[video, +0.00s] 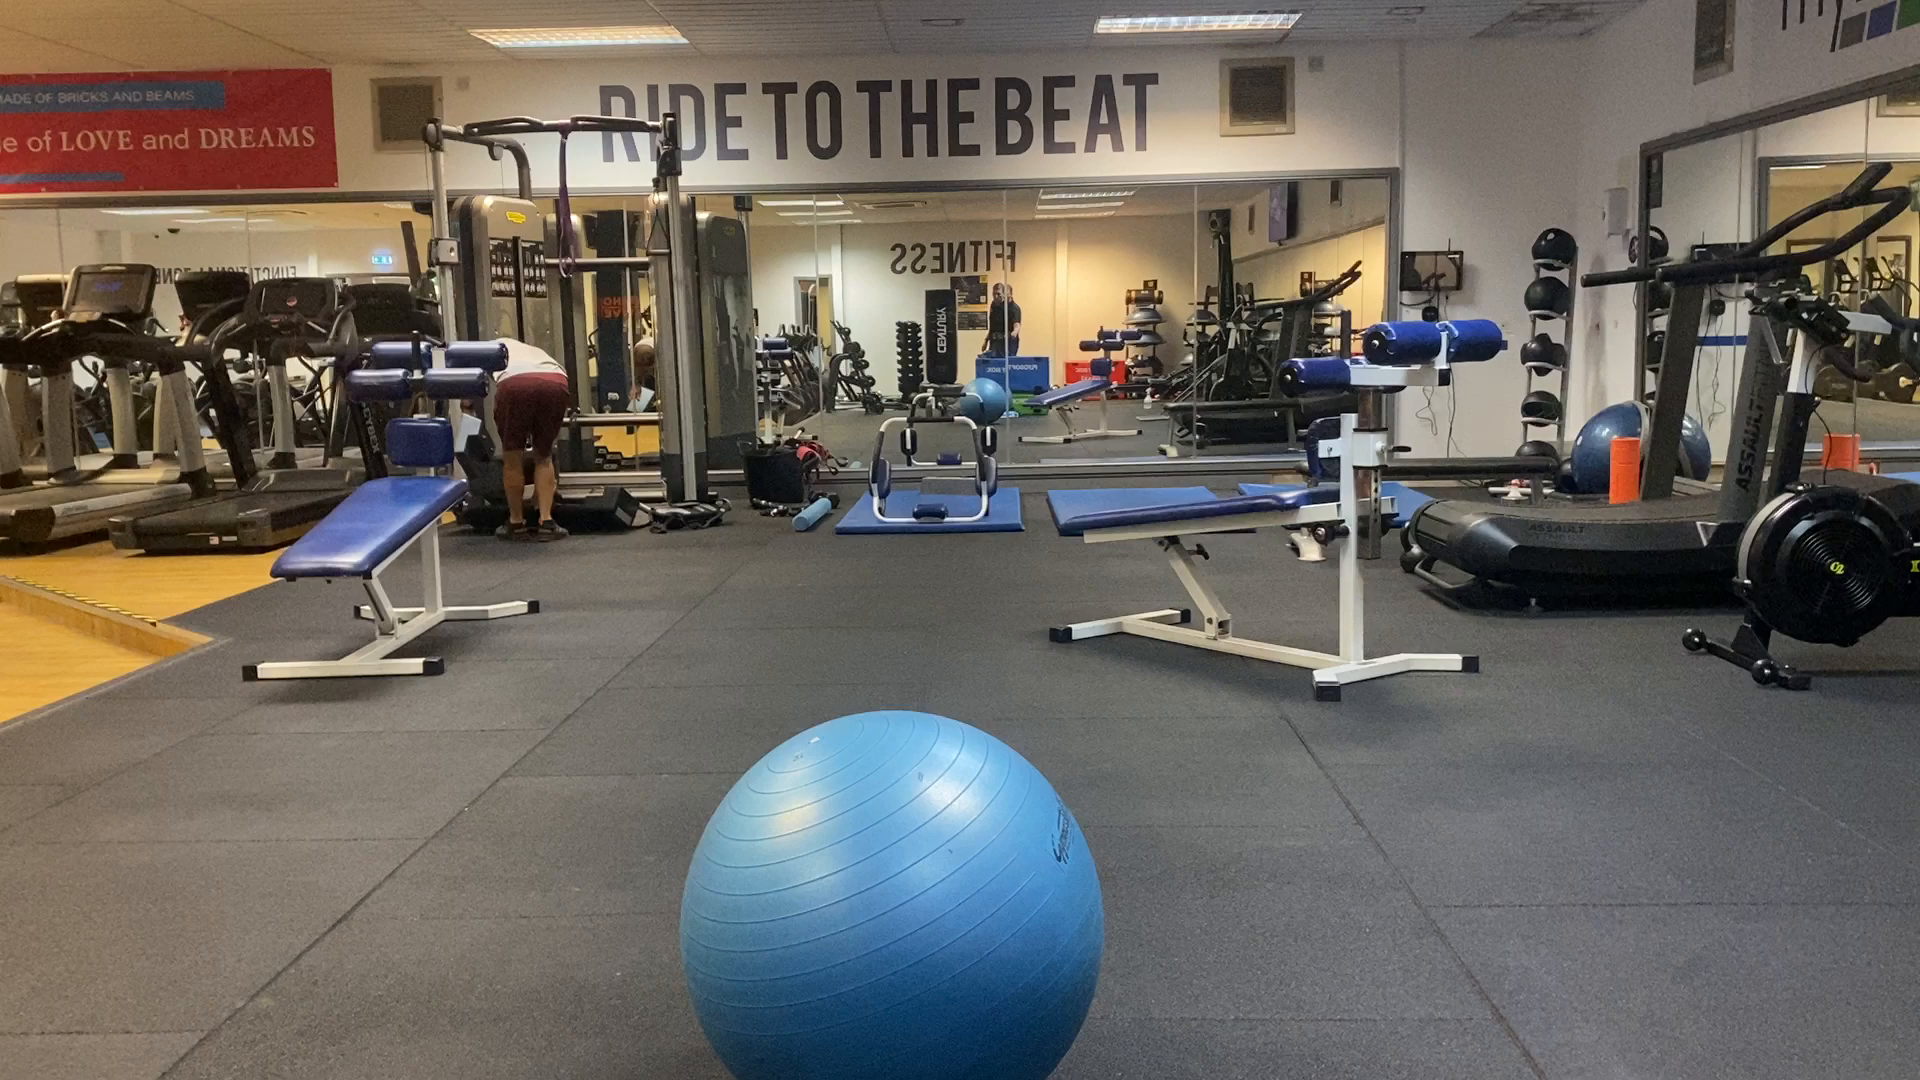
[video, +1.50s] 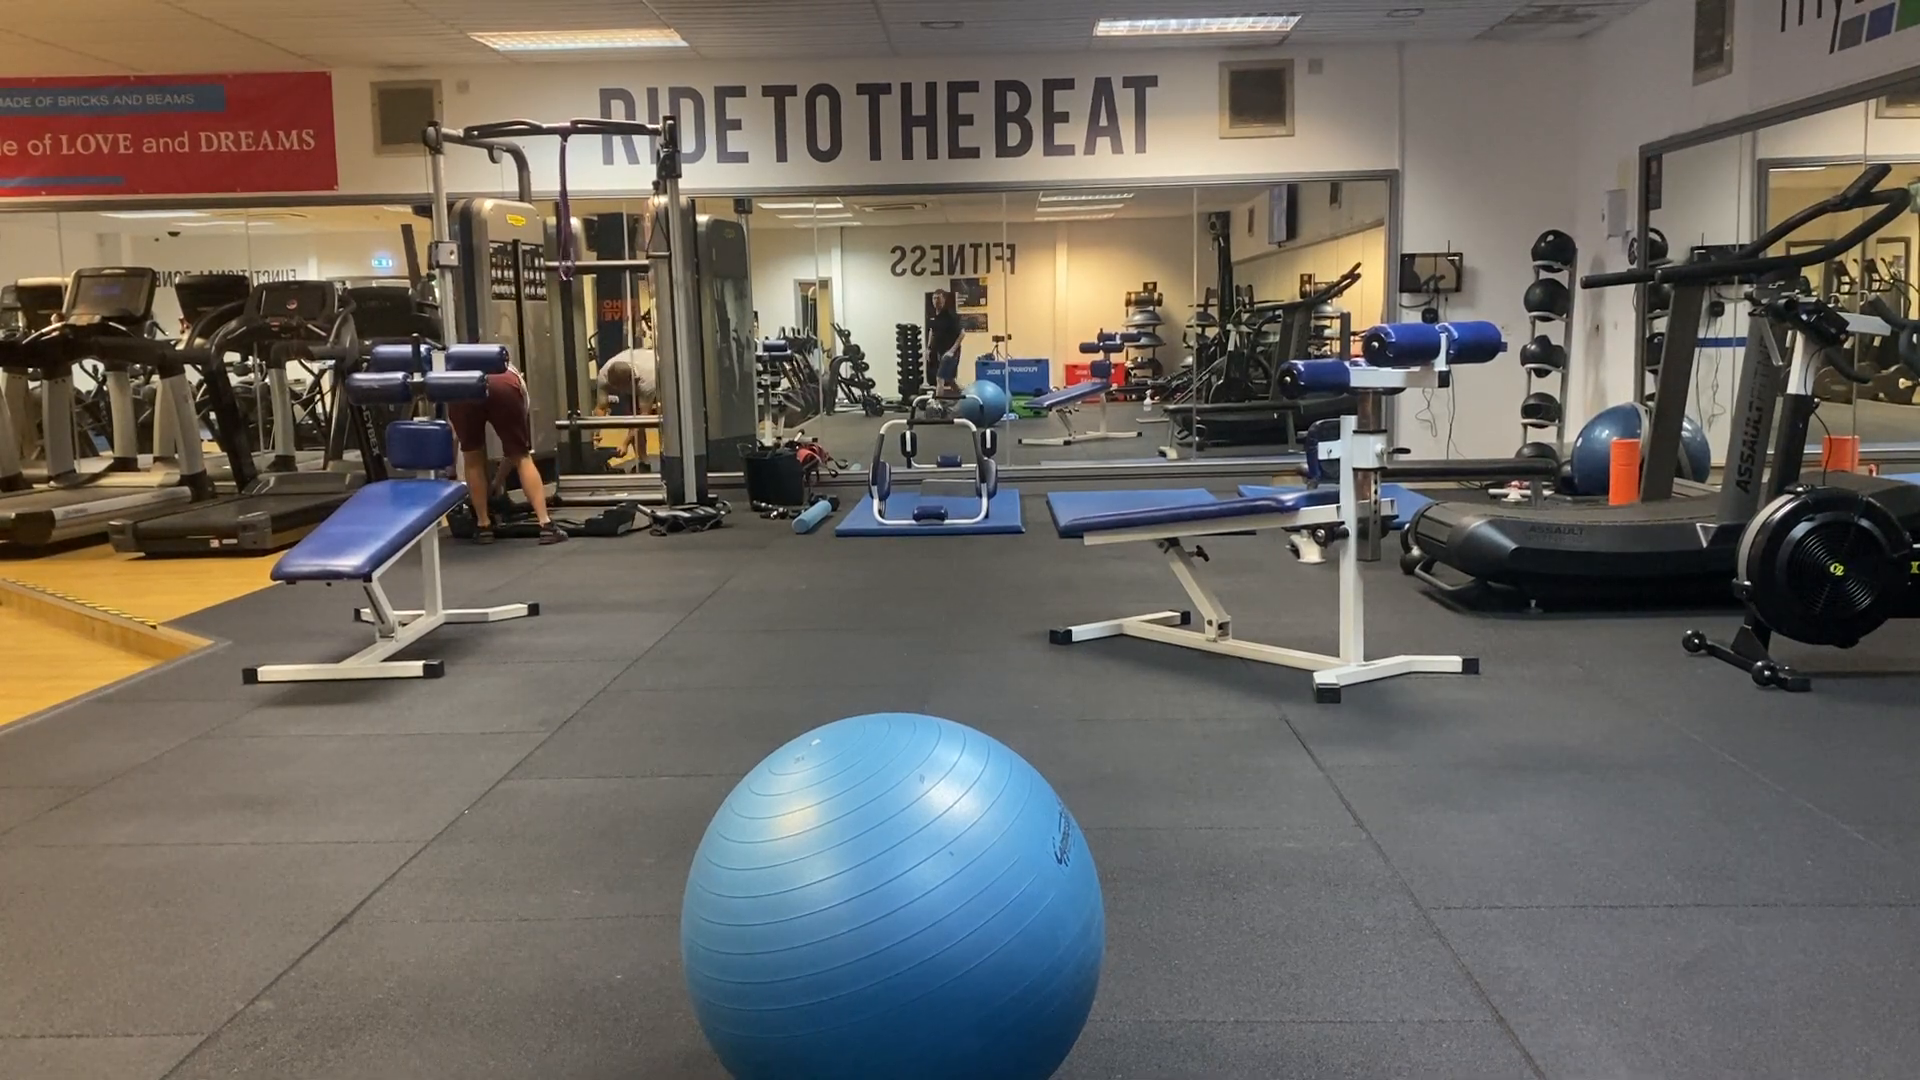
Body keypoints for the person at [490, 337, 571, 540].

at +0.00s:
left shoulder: (491, 348)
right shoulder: (539, 354)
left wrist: (467, 397)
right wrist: (536, 498)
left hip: (515, 387)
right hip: (556, 386)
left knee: (512, 461)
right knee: (544, 457)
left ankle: (516, 523)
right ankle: (546, 521)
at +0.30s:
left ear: (498, 336)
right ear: (523, 334)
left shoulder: (493, 339)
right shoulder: (544, 342)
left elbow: (477, 374)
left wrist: (481, 409)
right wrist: (546, 457)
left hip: (519, 386)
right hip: (560, 383)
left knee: (517, 460)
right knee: (550, 458)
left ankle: (517, 523)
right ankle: (546, 523)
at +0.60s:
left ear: (515, 321)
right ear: (542, 324)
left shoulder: (503, 325)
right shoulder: (556, 337)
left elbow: (471, 354)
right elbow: (573, 405)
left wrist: (482, 397)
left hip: (514, 387)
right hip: (556, 387)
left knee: (509, 457)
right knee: (550, 459)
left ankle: (510, 521)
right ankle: (547, 523)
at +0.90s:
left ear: (509, 328)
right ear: (539, 333)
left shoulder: (491, 334)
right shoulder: (553, 347)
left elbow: (475, 374)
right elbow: (560, 408)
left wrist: (477, 413)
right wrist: (539, 433)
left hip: (499, 389)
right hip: (539, 389)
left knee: (489, 464)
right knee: (545, 461)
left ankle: (484, 525)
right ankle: (546, 524)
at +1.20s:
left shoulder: (468, 361)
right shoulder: (533, 368)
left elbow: (454, 414)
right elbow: (526, 422)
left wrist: (458, 452)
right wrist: (510, 463)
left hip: (473, 387)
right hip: (514, 385)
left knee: (477, 462)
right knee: (531, 457)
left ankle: (483, 526)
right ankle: (545, 525)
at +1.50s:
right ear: (508, 362)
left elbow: (456, 435)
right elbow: (514, 449)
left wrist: (452, 470)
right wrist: (498, 483)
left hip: (462, 390)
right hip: (504, 387)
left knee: (474, 460)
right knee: (523, 457)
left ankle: (483, 525)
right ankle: (546, 524)